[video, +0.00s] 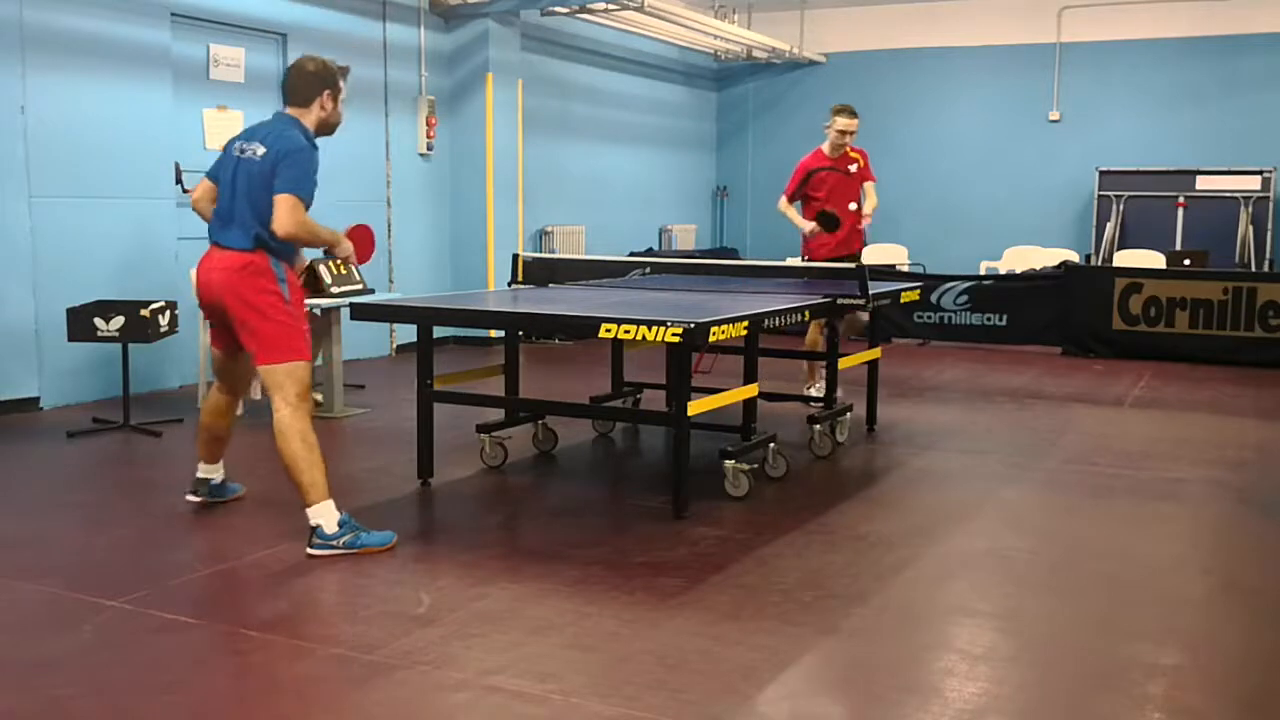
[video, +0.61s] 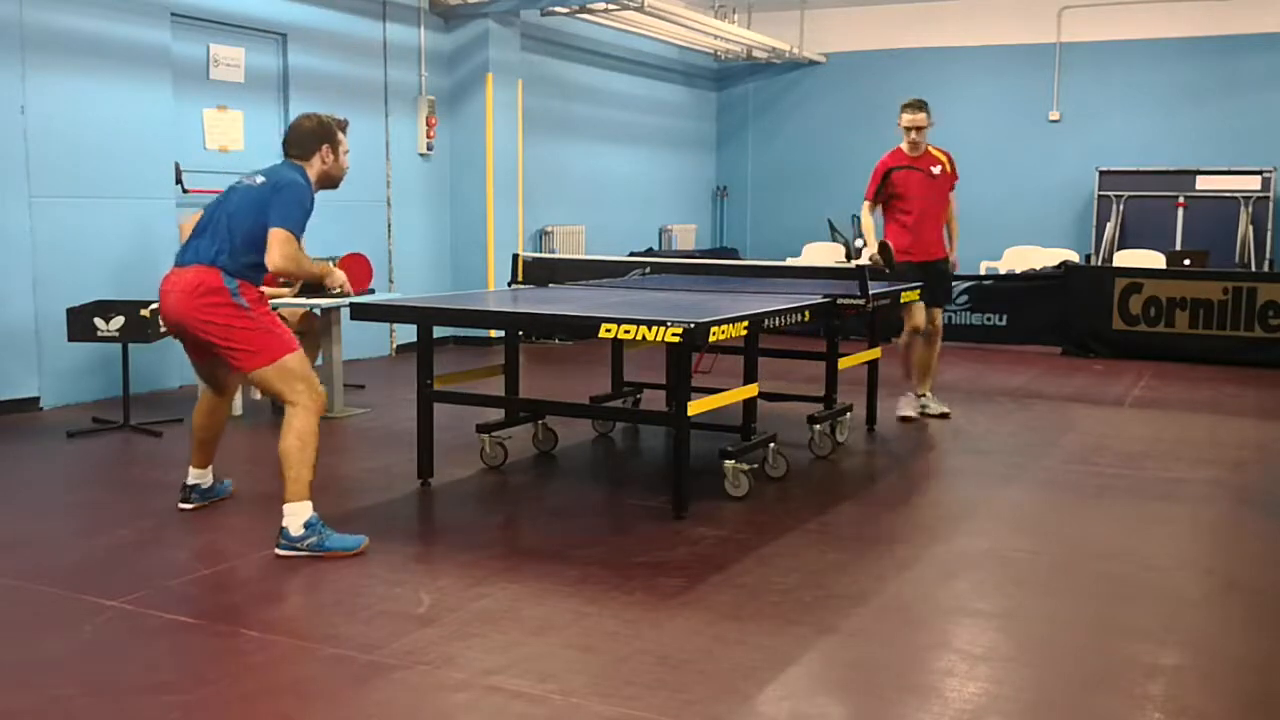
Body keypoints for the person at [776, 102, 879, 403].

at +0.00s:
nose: (846, 139)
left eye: (851, 134)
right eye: (840, 132)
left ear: (856, 133)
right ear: (828, 129)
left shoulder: (858, 157)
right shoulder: (810, 163)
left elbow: (870, 193)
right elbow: (784, 203)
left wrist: (866, 210)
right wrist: (802, 224)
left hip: (851, 252)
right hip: (820, 254)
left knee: (856, 317)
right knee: (819, 321)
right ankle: (813, 382)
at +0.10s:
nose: (861, 140)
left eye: (866, 134)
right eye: (856, 133)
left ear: (871, 134)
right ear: (843, 128)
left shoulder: (871, 160)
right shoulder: (822, 162)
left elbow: (880, 198)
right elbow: (795, 204)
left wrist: (883, 229)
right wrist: (818, 215)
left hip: (863, 256)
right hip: (829, 257)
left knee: (880, 315)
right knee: (822, 321)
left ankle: (872, 383)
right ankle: (813, 382)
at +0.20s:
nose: (876, 141)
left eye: (881, 136)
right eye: (871, 134)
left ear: (886, 136)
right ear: (858, 129)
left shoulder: (886, 164)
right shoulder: (839, 163)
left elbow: (892, 204)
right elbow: (814, 206)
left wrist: (896, 243)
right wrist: (831, 215)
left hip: (876, 258)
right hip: (842, 260)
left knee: (892, 320)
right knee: (830, 323)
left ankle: (910, 388)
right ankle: (815, 383)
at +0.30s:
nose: (889, 143)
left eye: (895, 137)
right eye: (885, 136)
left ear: (901, 137)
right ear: (872, 131)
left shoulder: (902, 166)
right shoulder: (855, 167)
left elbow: (903, 212)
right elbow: (834, 207)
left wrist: (908, 257)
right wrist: (846, 224)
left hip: (895, 264)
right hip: (860, 266)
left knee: (912, 324)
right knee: (849, 326)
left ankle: (921, 393)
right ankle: (819, 381)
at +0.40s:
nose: (902, 140)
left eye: (907, 135)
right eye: (897, 133)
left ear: (914, 135)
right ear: (886, 129)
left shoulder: (918, 164)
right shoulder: (871, 166)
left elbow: (920, 208)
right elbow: (852, 210)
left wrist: (921, 247)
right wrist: (860, 242)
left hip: (914, 261)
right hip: (880, 265)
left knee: (926, 323)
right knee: (879, 331)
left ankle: (923, 394)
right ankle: (834, 372)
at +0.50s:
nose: (910, 137)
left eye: (917, 131)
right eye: (905, 131)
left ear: (924, 130)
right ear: (895, 128)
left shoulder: (931, 161)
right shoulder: (883, 163)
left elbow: (934, 203)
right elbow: (861, 208)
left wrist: (936, 242)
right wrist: (866, 245)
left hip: (926, 259)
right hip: (894, 262)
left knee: (931, 324)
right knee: (901, 326)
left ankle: (923, 394)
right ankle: (865, 376)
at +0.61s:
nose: (914, 135)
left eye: (920, 129)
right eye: (909, 129)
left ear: (929, 128)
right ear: (900, 127)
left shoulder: (944, 161)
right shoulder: (887, 164)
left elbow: (949, 203)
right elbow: (867, 209)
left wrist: (952, 246)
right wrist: (872, 244)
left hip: (936, 256)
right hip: (902, 257)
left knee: (935, 326)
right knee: (916, 323)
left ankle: (925, 393)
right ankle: (909, 392)